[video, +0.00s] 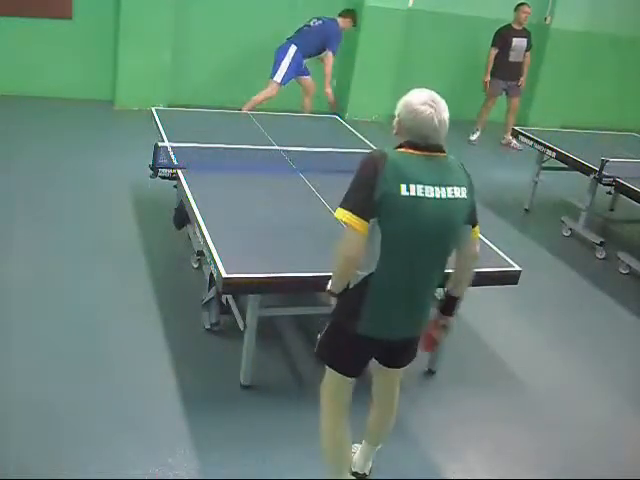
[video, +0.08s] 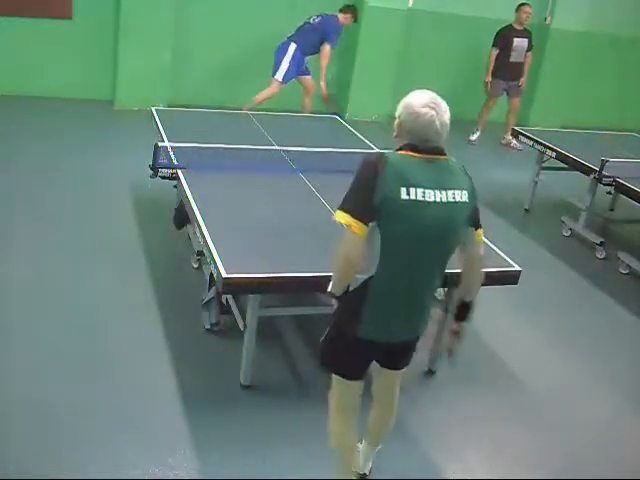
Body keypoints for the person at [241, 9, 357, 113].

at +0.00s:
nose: (349, 28)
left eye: (350, 26)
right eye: (350, 25)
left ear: (341, 16)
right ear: (348, 20)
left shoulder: (324, 20)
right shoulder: (335, 31)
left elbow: (310, 37)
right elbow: (328, 60)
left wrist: (321, 54)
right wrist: (328, 87)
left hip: (296, 54)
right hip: (291, 50)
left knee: (309, 88)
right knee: (272, 90)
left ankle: (305, 121)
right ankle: (243, 112)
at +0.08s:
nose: (350, 24)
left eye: (351, 22)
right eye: (351, 21)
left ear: (343, 13)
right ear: (348, 16)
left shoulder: (327, 18)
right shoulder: (334, 24)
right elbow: (325, 52)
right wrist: (322, 83)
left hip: (298, 53)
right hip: (291, 48)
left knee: (309, 87)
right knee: (275, 88)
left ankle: (305, 120)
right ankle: (245, 110)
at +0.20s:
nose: (345, 13)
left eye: (348, 11)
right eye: (348, 10)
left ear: (343, 5)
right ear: (344, 5)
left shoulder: (327, 13)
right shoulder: (329, 16)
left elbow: (314, 40)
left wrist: (321, 55)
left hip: (299, 50)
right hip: (290, 45)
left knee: (307, 85)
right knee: (277, 88)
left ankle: (306, 119)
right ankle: (255, 113)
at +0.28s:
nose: (347, 10)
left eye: (349, 8)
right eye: (348, 7)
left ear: (344, 3)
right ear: (344, 2)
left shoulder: (326, 14)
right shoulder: (322, 10)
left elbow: (312, 34)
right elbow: (305, 30)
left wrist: (317, 51)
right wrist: (308, 60)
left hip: (298, 48)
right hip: (289, 44)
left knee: (305, 86)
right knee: (279, 87)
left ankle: (305, 121)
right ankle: (262, 115)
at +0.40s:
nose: (327, 1)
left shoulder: (321, 12)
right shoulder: (306, 4)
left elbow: (315, 36)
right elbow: (285, 22)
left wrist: (315, 52)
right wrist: (295, 46)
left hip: (303, 48)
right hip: (286, 45)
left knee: (305, 88)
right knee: (278, 91)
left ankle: (303, 123)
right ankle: (266, 120)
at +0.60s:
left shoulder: (314, 9)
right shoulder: (284, 3)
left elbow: (313, 35)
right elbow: (268, 21)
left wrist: (306, 51)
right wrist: (278, 39)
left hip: (298, 52)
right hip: (279, 49)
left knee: (303, 90)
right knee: (271, 90)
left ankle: (303, 122)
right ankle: (264, 120)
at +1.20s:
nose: (312, 3)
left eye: (315, 1)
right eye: (310, 0)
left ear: (319, 3)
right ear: (306, 1)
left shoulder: (321, 21)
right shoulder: (291, 10)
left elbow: (323, 45)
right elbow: (273, 28)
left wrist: (318, 54)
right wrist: (299, 32)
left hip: (301, 63)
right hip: (279, 59)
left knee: (298, 99)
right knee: (271, 101)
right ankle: (268, 129)